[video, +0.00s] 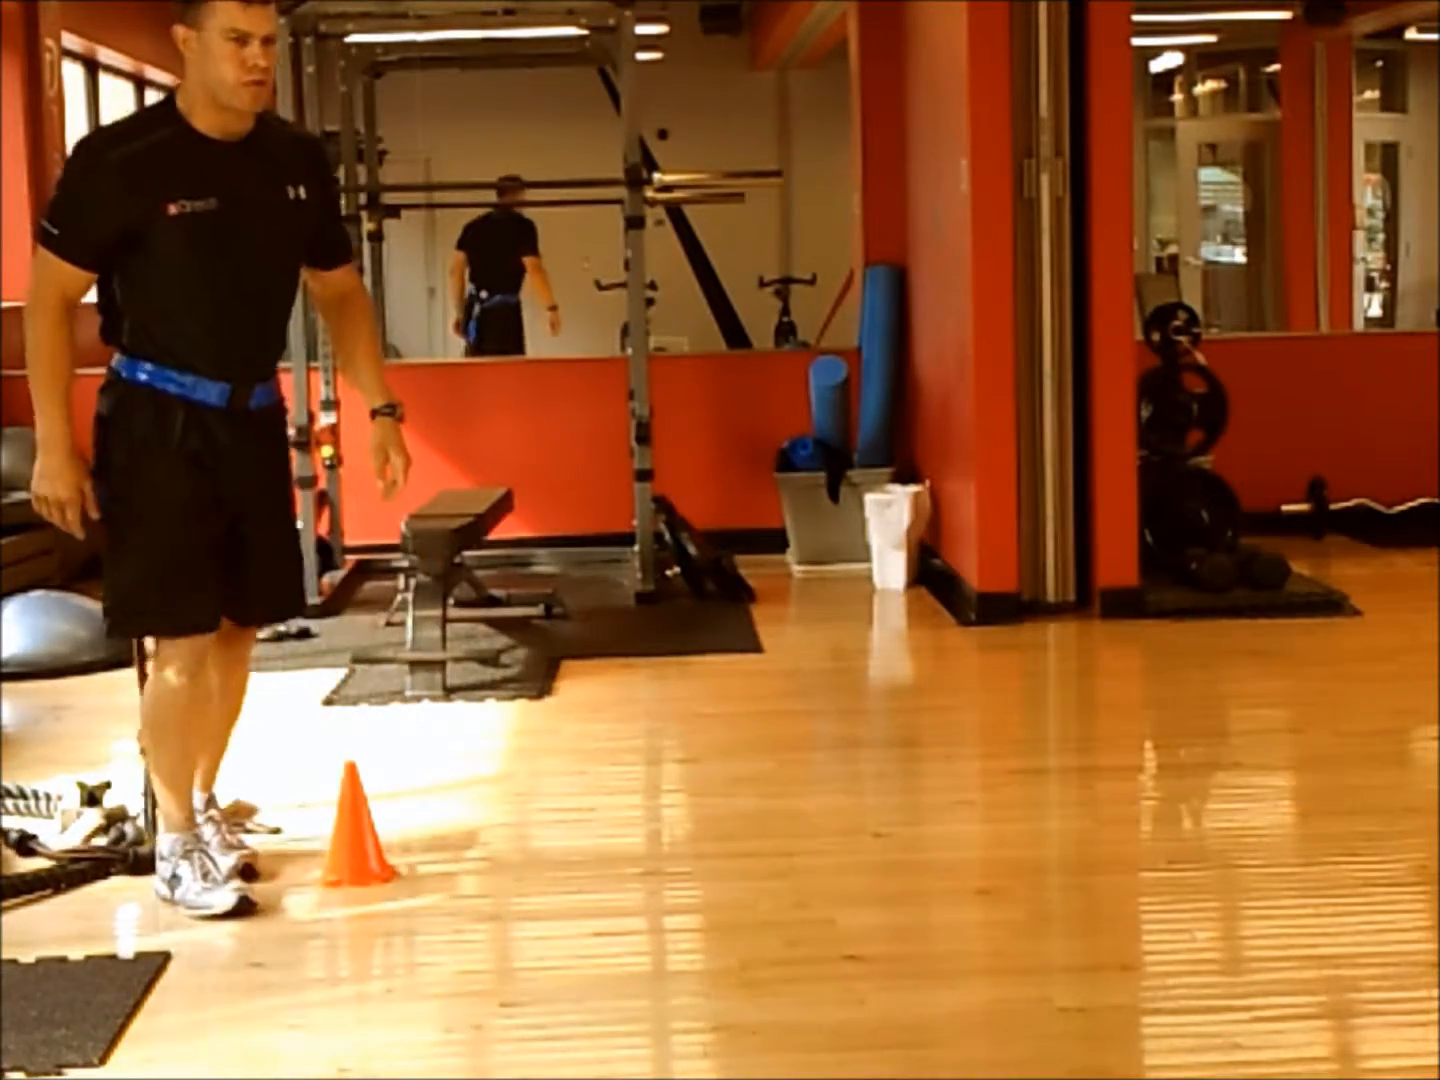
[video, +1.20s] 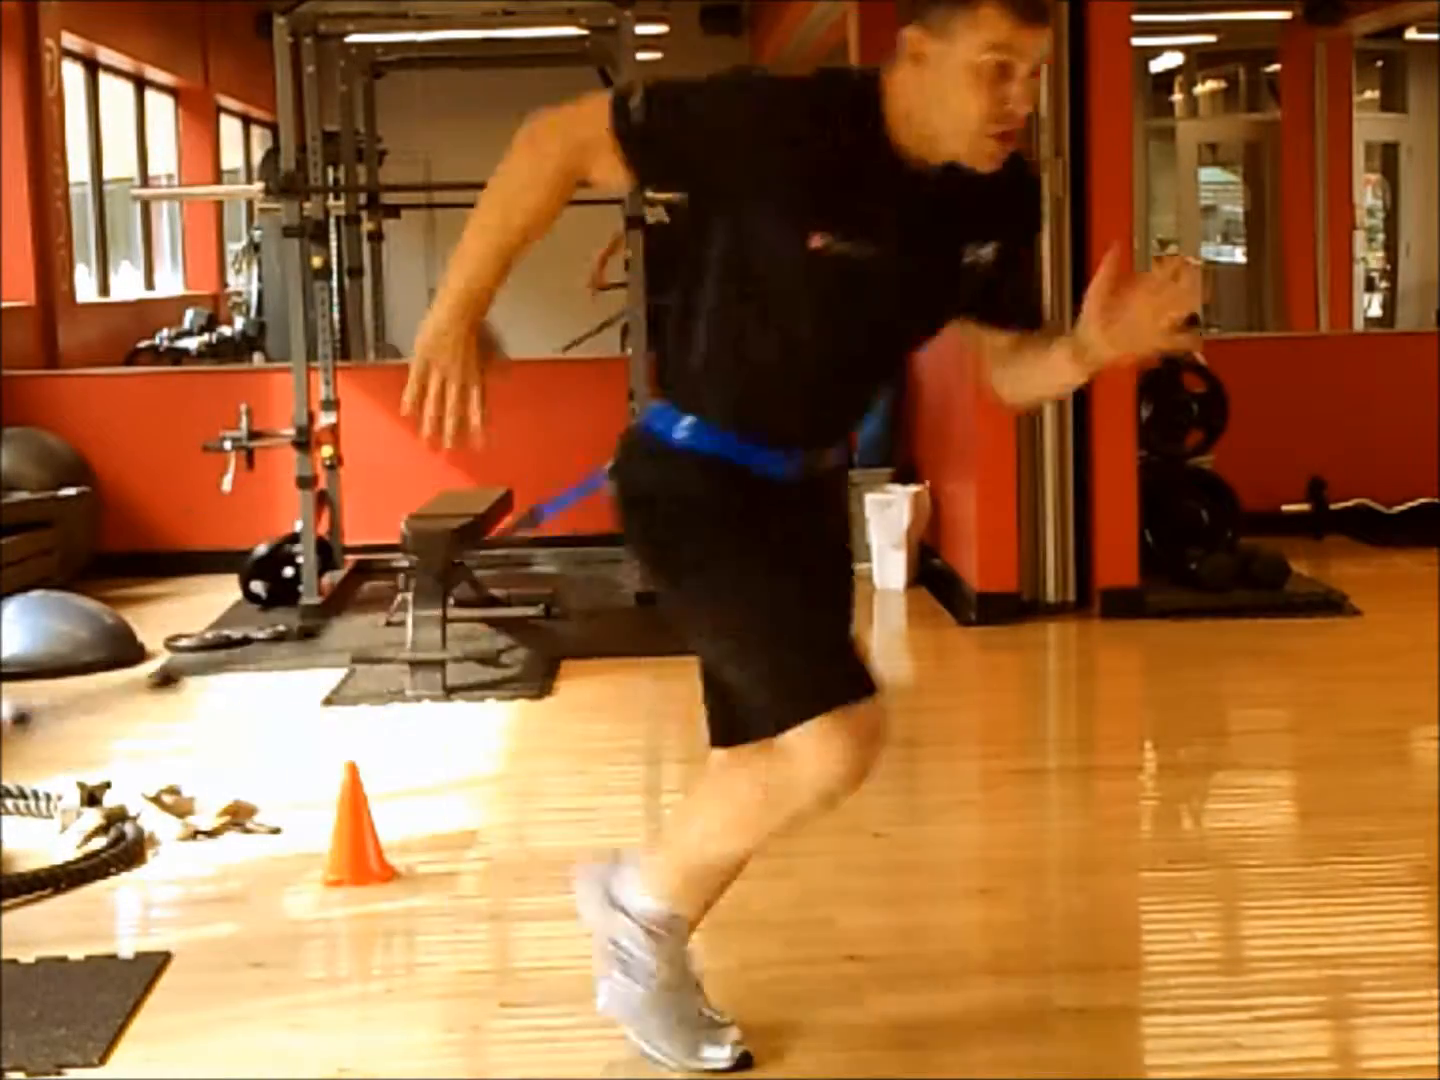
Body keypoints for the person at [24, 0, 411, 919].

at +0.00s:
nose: (260, 61)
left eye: (270, 42)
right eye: (240, 39)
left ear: (279, 47)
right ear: (183, 40)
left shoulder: (297, 161)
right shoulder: (115, 159)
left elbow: (342, 296)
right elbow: (50, 304)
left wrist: (381, 406)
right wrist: (54, 445)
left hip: (251, 428)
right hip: (152, 425)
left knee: (238, 632)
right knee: (185, 641)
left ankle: (197, 803)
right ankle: (175, 839)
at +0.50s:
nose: (354, 165)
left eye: (368, 147)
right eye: (336, 142)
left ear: (377, 147)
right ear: (282, 129)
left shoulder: (376, 236)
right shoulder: (189, 203)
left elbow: (407, 351)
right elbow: (59, 270)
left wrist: (419, 427)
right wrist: (36, 410)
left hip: (271, 469)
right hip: (171, 455)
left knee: (234, 647)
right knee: (230, 634)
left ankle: (175, 801)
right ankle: (179, 830)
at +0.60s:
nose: (385, 230)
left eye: (396, 208)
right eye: (367, 207)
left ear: (407, 198)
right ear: (309, 187)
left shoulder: (407, 261)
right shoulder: (209, 232)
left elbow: (446, 375)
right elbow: (60, 256)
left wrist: (452, 401)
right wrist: (27, 383)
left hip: (293, 490)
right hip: (191, 472)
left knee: (250, 667)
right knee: (236, 659)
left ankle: (190, 810)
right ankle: (173, 856)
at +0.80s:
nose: (451, 258)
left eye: (463, 235)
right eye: (429, 233)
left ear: (476, 225)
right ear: (367, 214)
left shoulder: (485, 271)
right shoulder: (285, 272)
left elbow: (509, 329)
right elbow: (215, 439)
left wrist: (499, 407)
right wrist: (348, 511)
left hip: (403, 510)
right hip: (274, 517)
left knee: (436, 721)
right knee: (236, 728)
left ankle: (366, 775)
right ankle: (176, 862)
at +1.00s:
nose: (743, 173)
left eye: (755, 150)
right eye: (723, 145)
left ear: (760, 147)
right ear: (649, 127)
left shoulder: (723, 222)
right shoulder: (534, 203)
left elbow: (697, 326)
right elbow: (417, 361)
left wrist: (686, 424)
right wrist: (572, 475)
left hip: (593, 476)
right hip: (459, 474)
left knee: (670, 701)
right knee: (404, 721)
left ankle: (640, 972)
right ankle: (280, 780)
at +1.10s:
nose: (889, 162)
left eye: (900, 138)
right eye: (870, 131)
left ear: (898, 139)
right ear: (793, 114)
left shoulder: (845, 244)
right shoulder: (652, 192)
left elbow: (842, 383)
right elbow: (489, 308)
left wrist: (880, 504)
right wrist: (440, 493)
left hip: (705, 500)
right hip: (583, 502)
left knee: (747, 755)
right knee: (615, 799)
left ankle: (645, 980)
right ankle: (425, 761)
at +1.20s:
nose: (1022, 102)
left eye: (1035, 77)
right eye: (999, 70)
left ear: (1039, 77)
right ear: (913, 52)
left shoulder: (994, 191)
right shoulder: (775, 120)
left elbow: (1007, 373)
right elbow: (558, 139)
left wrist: (1088, 351)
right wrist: (457, 307)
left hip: (803, 488)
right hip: (688, 471)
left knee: (762, 757)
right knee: (837, 735)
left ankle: (647, 953)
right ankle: (643, 895)